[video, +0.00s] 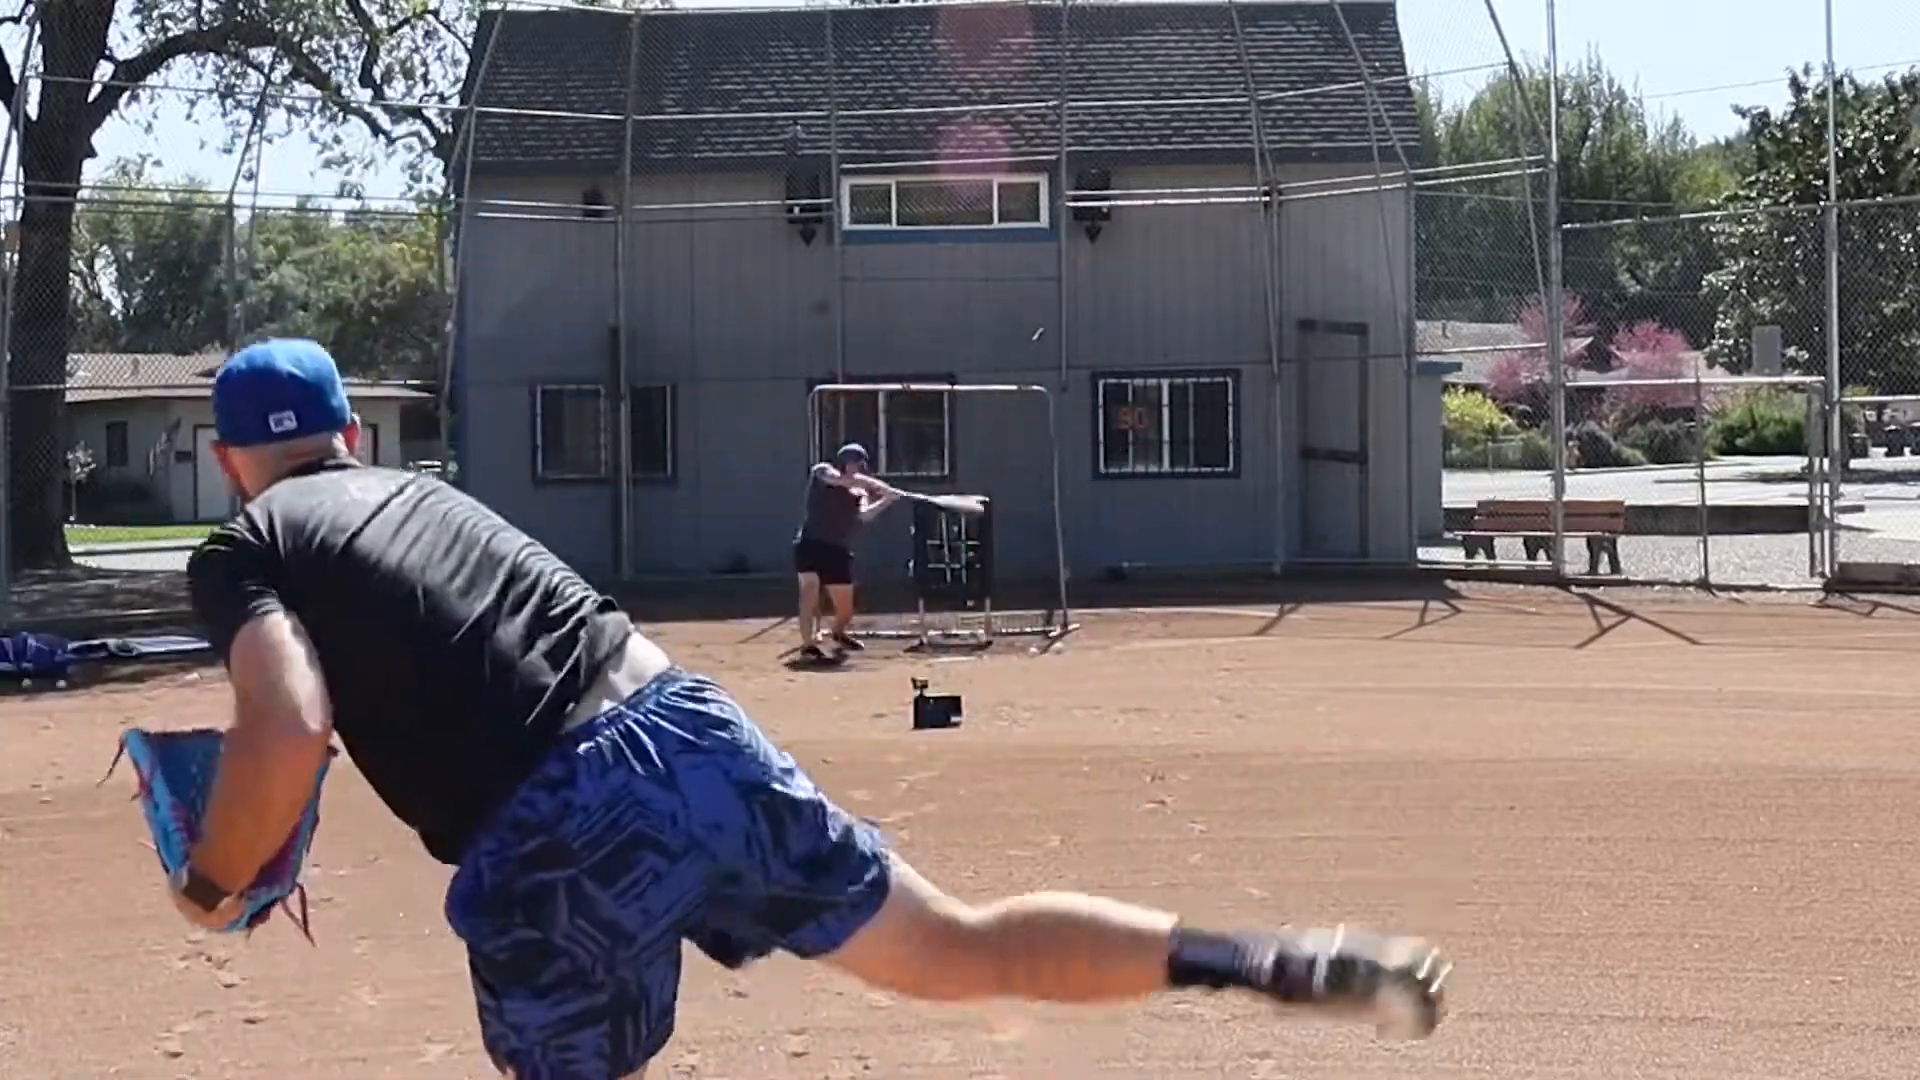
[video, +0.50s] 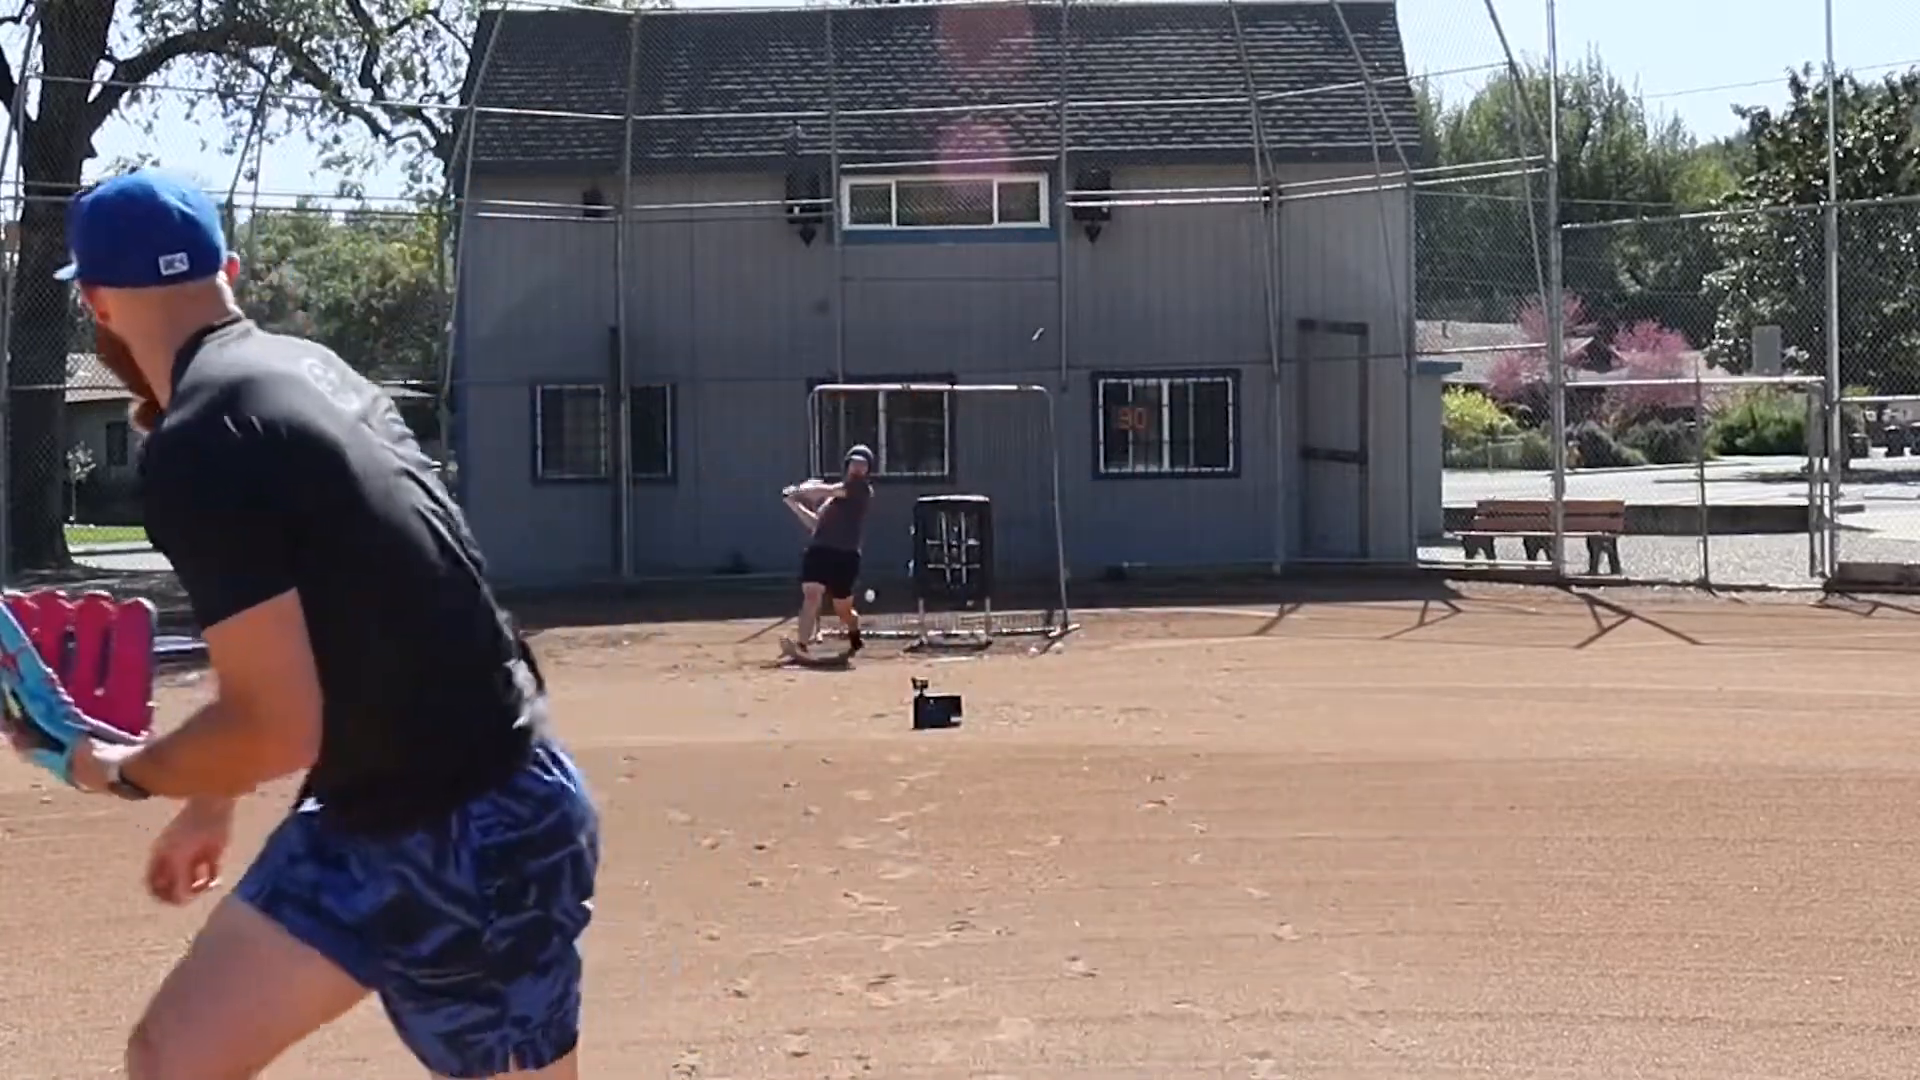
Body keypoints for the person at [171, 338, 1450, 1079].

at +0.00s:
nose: (219, 469)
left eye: (218, 450)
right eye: (233, 449)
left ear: (235, 453)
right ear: (342, 427)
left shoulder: (253, 545)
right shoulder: (416, 495)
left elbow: (281, 727)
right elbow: (387, 706)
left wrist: (218, 872)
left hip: (559, 829)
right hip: (693, 726)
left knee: (566, 1059)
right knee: (949, 947)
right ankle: (1285, 968)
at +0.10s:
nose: (191, 422)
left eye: (186, 406)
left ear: (195, 413)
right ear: (321, 387)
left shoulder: (226, 518)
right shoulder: (402, 448)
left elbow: (289, 739)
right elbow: (420, 641)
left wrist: (219, 866)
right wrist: (273, 799)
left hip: (565, 830)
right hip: (695, 722)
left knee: (587, 1065)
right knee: (819, 954)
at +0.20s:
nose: (178, 396)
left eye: (174, 376)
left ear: (182, 379)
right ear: (306, 346)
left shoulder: (231, 493)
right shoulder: (387, 411)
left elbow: (307, 748)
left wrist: (221, 846)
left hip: (569, 820)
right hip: (689, 730)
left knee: (589, 1059)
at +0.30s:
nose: (165, 367)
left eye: (159, 347)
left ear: (165, 353)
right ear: (296, 318)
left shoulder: (228, 474)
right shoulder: (375, 390)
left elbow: (315, 744)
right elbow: (503, 564)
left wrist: (208, 824)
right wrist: (444, 733)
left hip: (579, 811)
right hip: (651, 736)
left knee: (593, 1064)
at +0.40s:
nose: (137, 341)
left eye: (131, 323)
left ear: (142, 327)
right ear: (275, 293)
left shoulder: (223, 452)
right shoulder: (358, 375)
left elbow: (305, 745)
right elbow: (402, 584)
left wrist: (168, 793)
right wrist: (328, 744)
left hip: (535, 820)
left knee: (557, 1066)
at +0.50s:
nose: (94, 328)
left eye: (87, 301)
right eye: (88, 301)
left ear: (99, 302)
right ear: (222, 271)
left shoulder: (203, 437)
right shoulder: (306, 368)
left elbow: (276, 729)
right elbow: (306, 615)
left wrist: (115, 766)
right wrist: (215, 799)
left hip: (484, 829)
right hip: (369, 815)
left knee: (527, 1067)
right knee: (173, 1058)